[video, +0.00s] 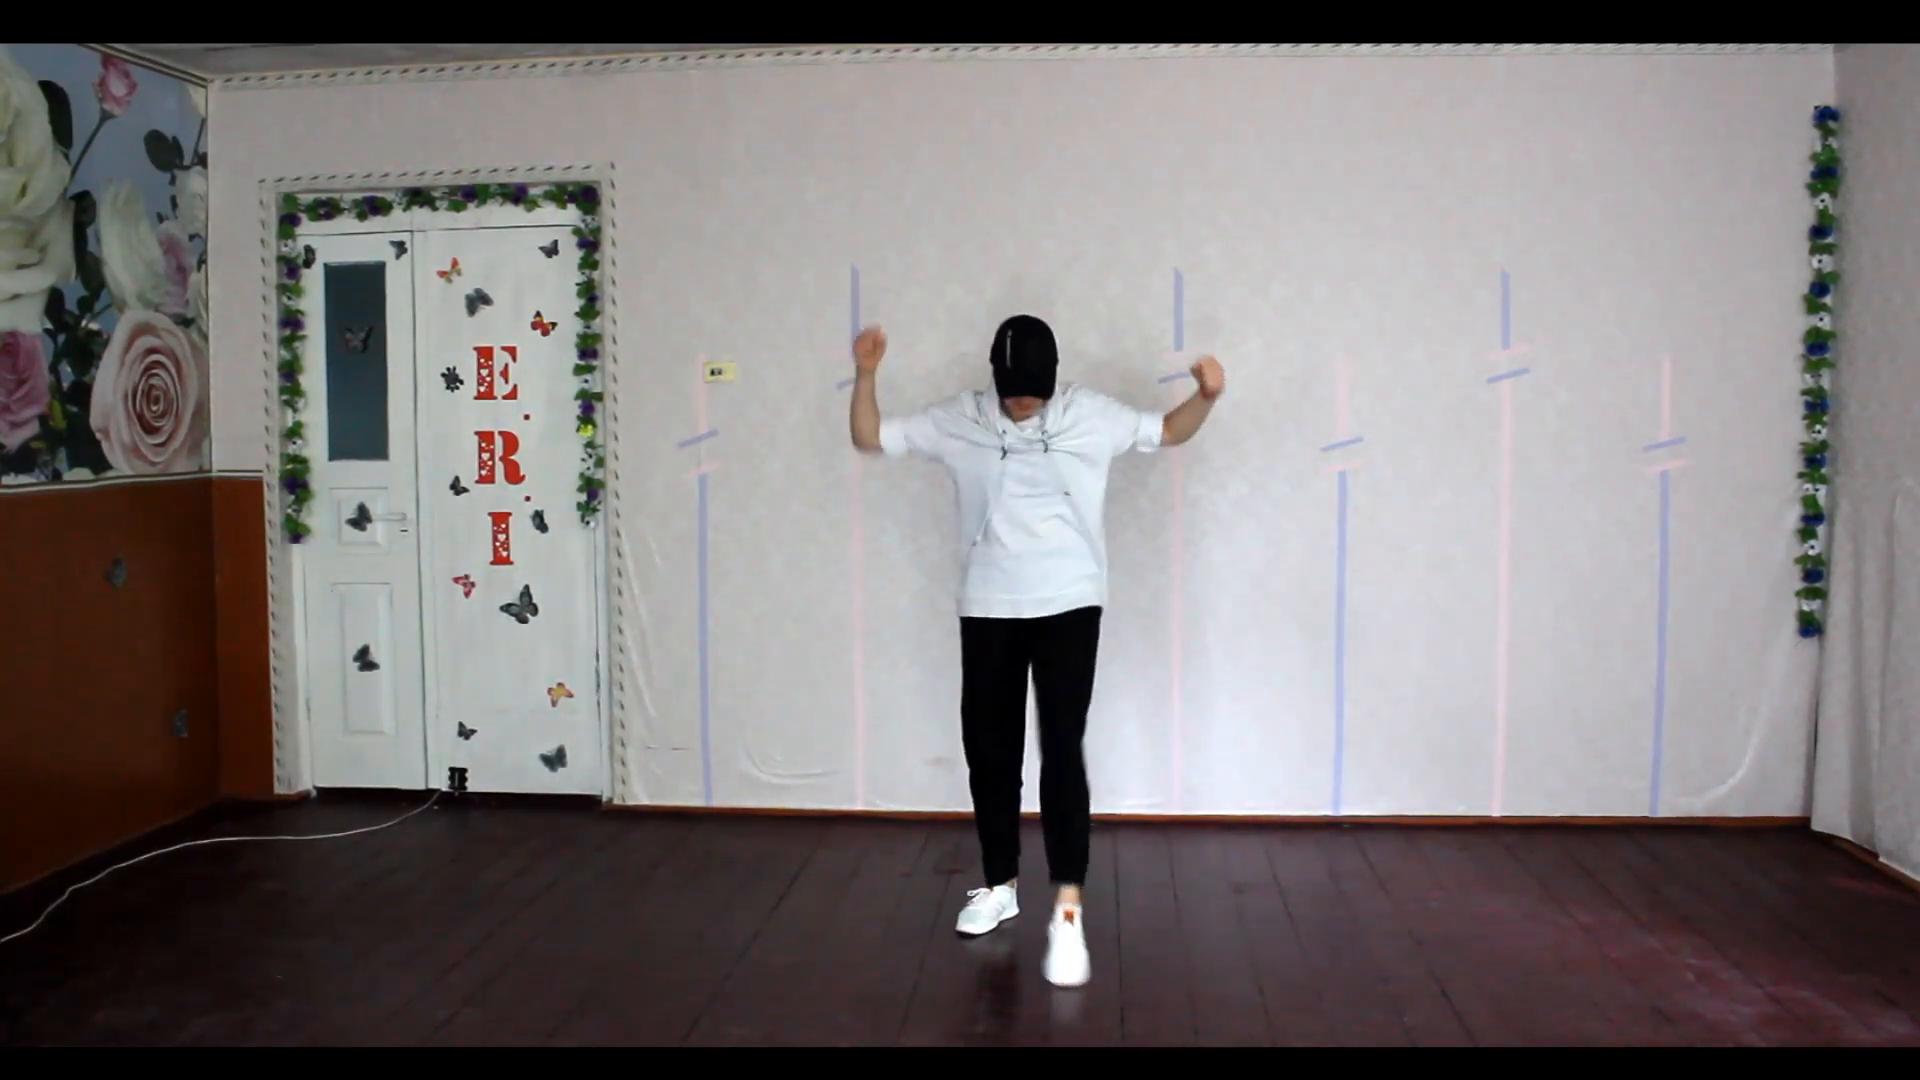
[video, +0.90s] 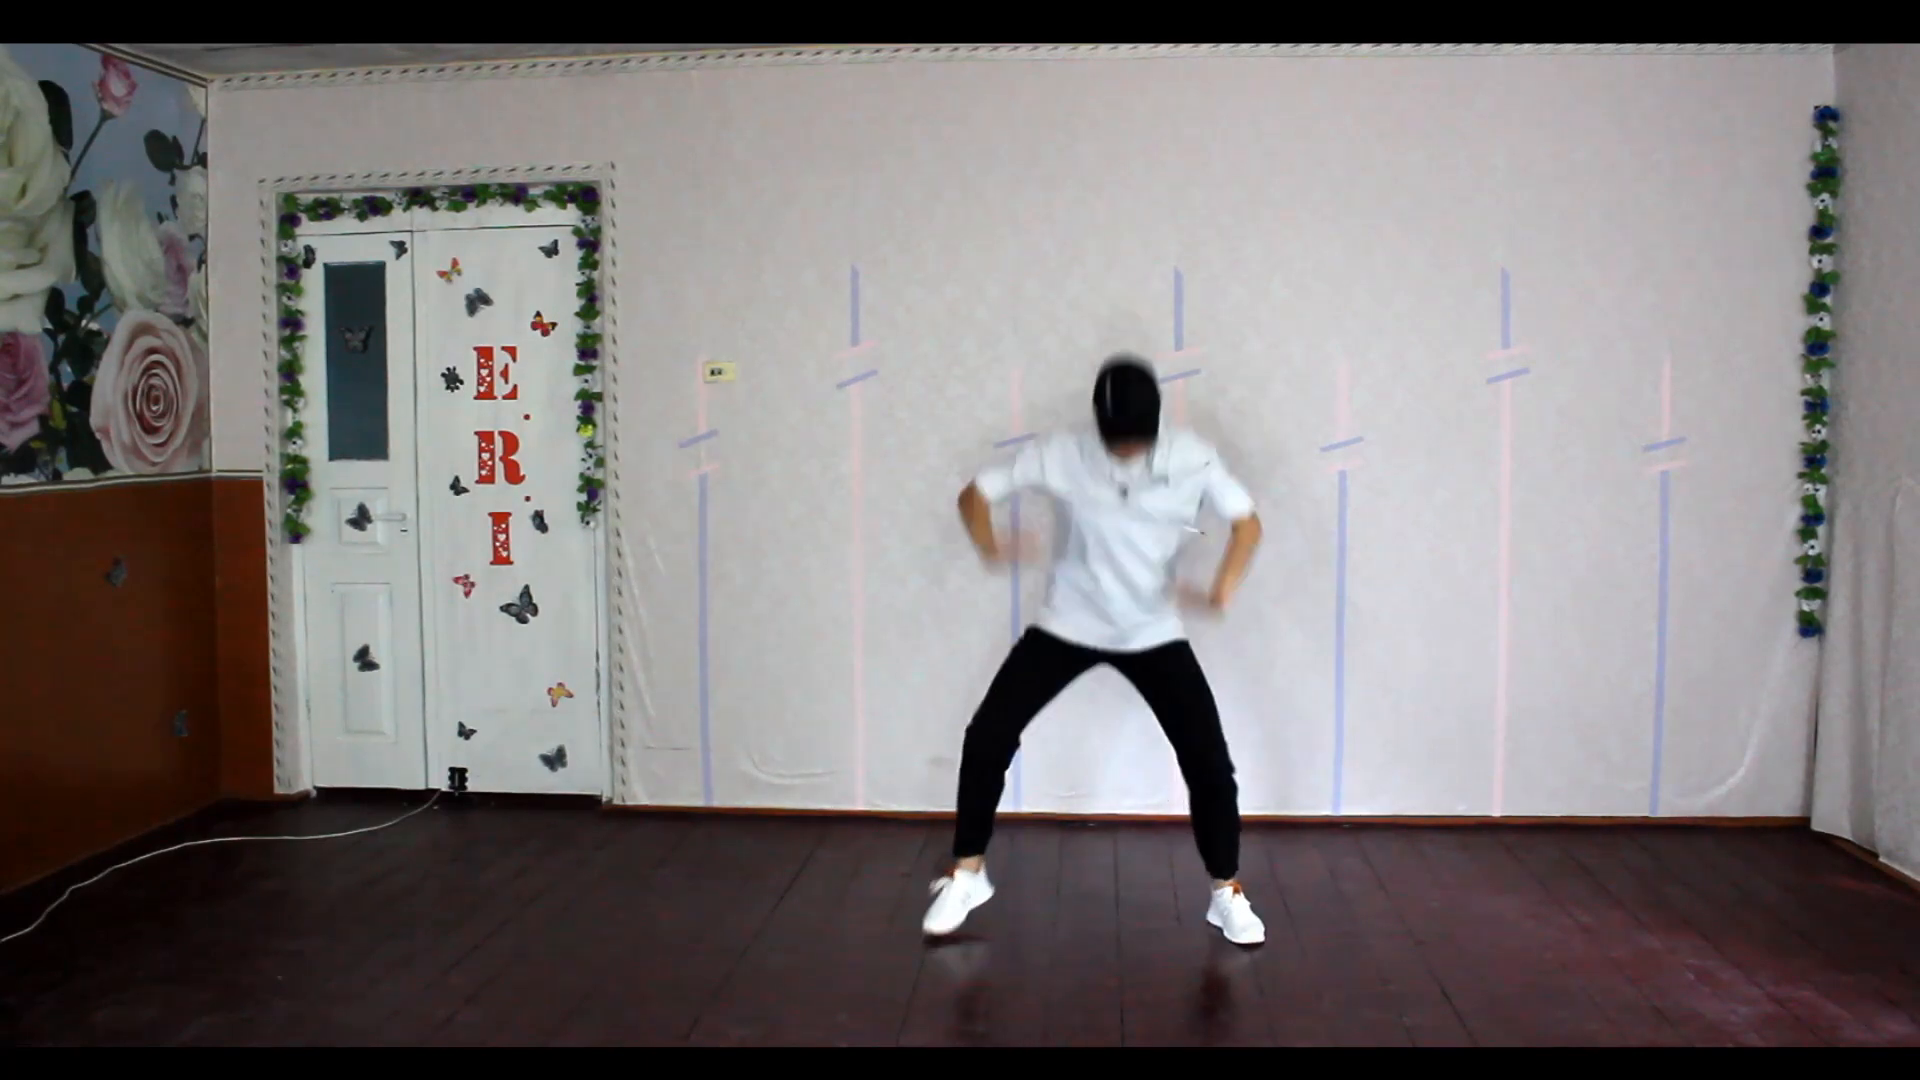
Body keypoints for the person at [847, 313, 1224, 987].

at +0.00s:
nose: (1020, 405)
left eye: (1031, 395)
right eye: (1010, 394)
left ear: (1052, 378)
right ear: (993, 377)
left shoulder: (1091, 416)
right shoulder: (962, 418)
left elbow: (1167, 431)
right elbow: (868, 436)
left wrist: (1206, 396)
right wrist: (866, 373)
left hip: (1068, 610)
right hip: (988, 612)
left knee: (1062, 755)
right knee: (990, 758)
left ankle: (1068, 909)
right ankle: (999, 887)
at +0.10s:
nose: (1013, 399)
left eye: (1024, 389)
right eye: (1004, 388)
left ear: (1047, 375)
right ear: (989, 373)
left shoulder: (1082, 411)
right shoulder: (966, 421)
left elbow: (1145, 448)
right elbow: (884, 474)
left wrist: (1196, 434)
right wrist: (863, 417)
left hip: (1073, 599)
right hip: (995, 605)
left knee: (1083, 730)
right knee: (991, 743)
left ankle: (1067, 868)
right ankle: (999, 885)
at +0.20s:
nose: (1012, 397)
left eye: (1023, 387)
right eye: (1003, 385)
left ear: (1045, 376)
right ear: (990, 374)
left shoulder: (1077, 404)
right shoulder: (969, 430)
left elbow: (1116, 466)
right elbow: (933, 510)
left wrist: (1159, 501)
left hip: (1082, 592)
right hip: (1005, 601)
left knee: (1126, 701)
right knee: (997, 748)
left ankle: (1088, 805)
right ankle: (998, 887)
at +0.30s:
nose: (1020, 396)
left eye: (1032, 385)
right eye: (1011, 384)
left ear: (1053, 373)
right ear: (997, 372)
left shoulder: (1082, 402)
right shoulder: (976, 435)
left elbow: (1111, 476)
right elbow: (961, 517)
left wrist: (1136, 537)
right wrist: (926, 572)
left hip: (1091, 592)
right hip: (1013, 605)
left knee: (1157, 695)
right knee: (1003, 750)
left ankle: (1127, 797)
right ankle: (1000, 886)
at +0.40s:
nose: (1055, 400)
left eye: (1065, 390)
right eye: (1045, 389)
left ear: (1078, 375)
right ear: (1023, 370)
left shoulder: (1098, 410)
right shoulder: (992, 435)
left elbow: (1122, 491)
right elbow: (984, 533)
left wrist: (1124, 564)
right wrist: (984, 619)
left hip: (1104, 601)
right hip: (1028, 612)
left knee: (1189, 711)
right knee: (1015, 755)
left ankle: (1199, 838)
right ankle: (1002, 887)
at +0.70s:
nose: (1133, 405)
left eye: (1143, 394)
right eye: (1122, 395)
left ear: (1159, 380)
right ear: (1103, 382)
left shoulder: (1174, 427)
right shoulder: (1066, 431)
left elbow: (1186, 505)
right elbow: (1026, 515)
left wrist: (1194, 572)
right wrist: (968, 570)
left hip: (1155, 618)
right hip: (1071, 616)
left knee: (1190, 756)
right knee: (1016, 744)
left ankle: (1225, 892)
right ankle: (995, 877)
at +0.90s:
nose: (1126, 453)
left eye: (1136, 443)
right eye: (1116, 442)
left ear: (1155, 424)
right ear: (1099, 423)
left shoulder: (1191, 460)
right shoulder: (1064, 455)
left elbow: (1248, 523)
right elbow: (975, 493)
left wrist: (1221, 591)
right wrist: (990, 548)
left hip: (1153, 634)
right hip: (1066, 628)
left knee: (1209, 761)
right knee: (986, 740)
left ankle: (1226, 892)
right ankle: (967, 874)